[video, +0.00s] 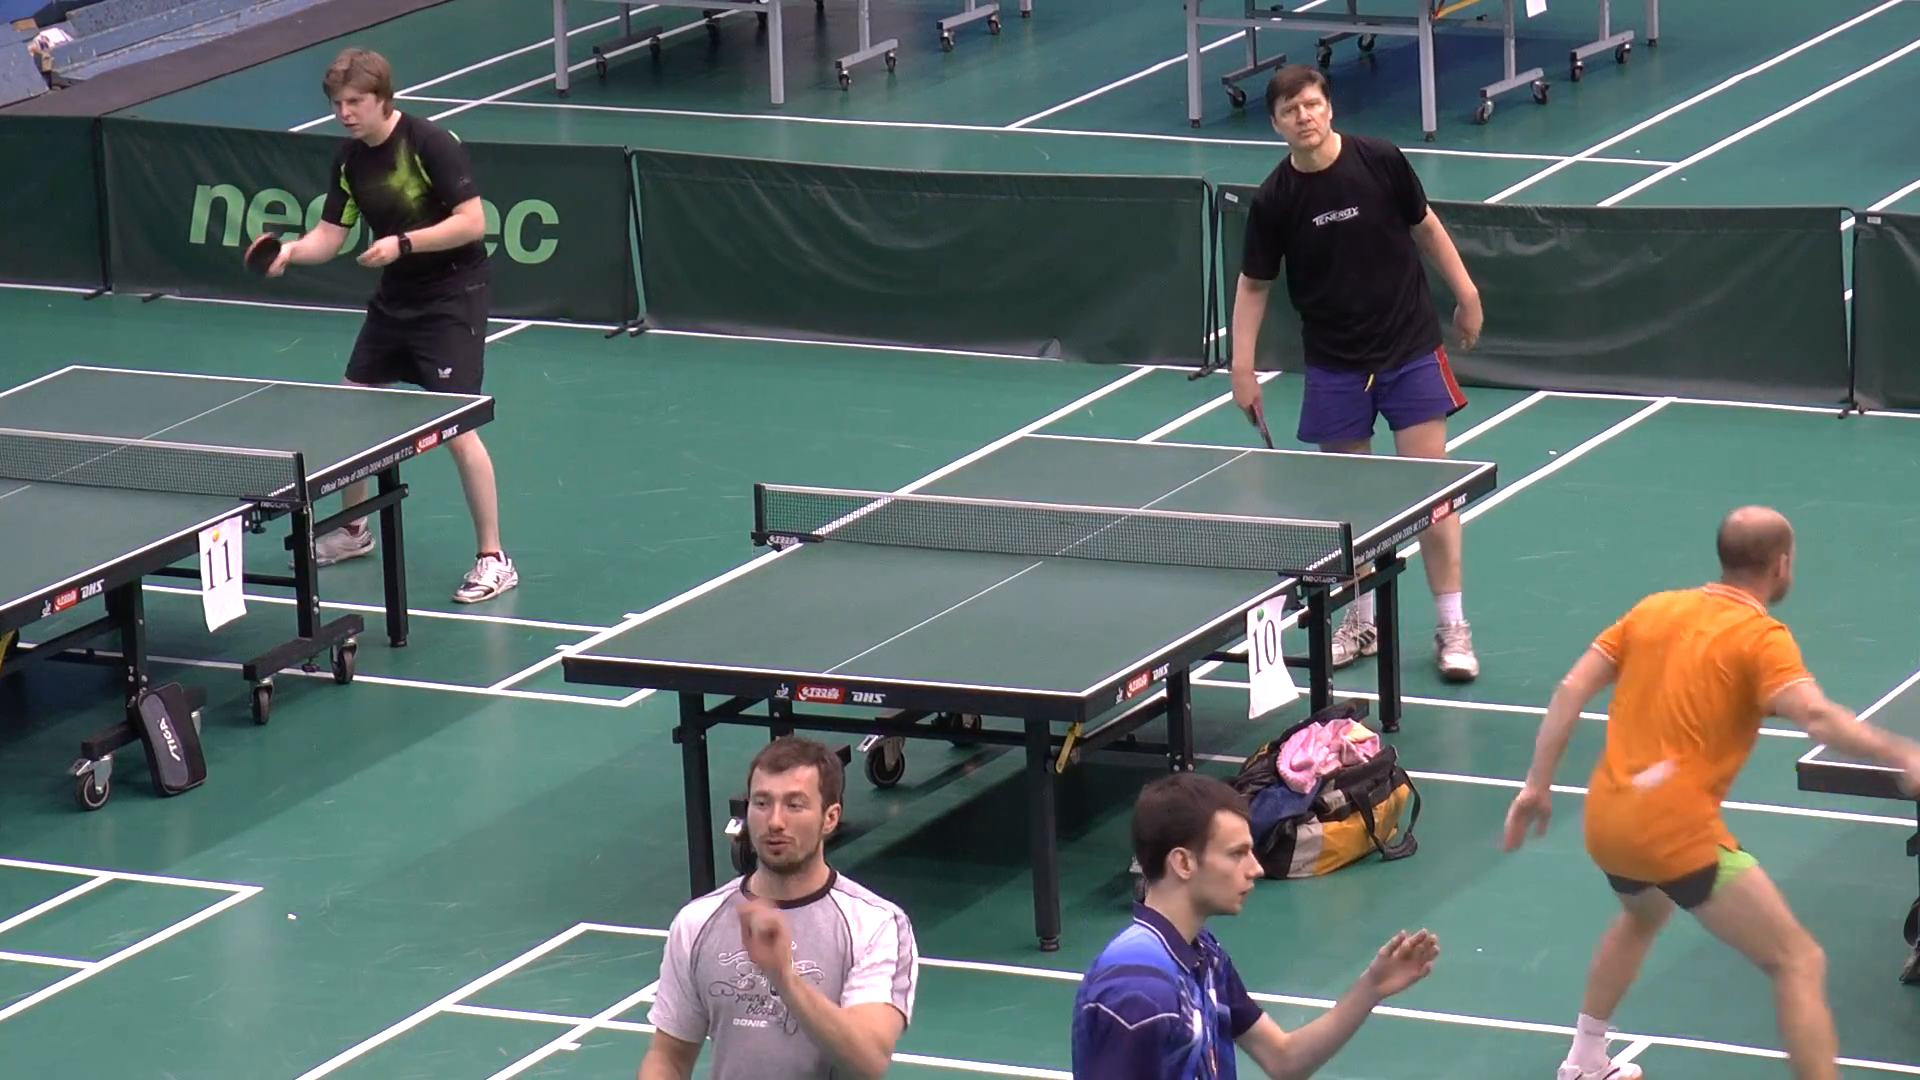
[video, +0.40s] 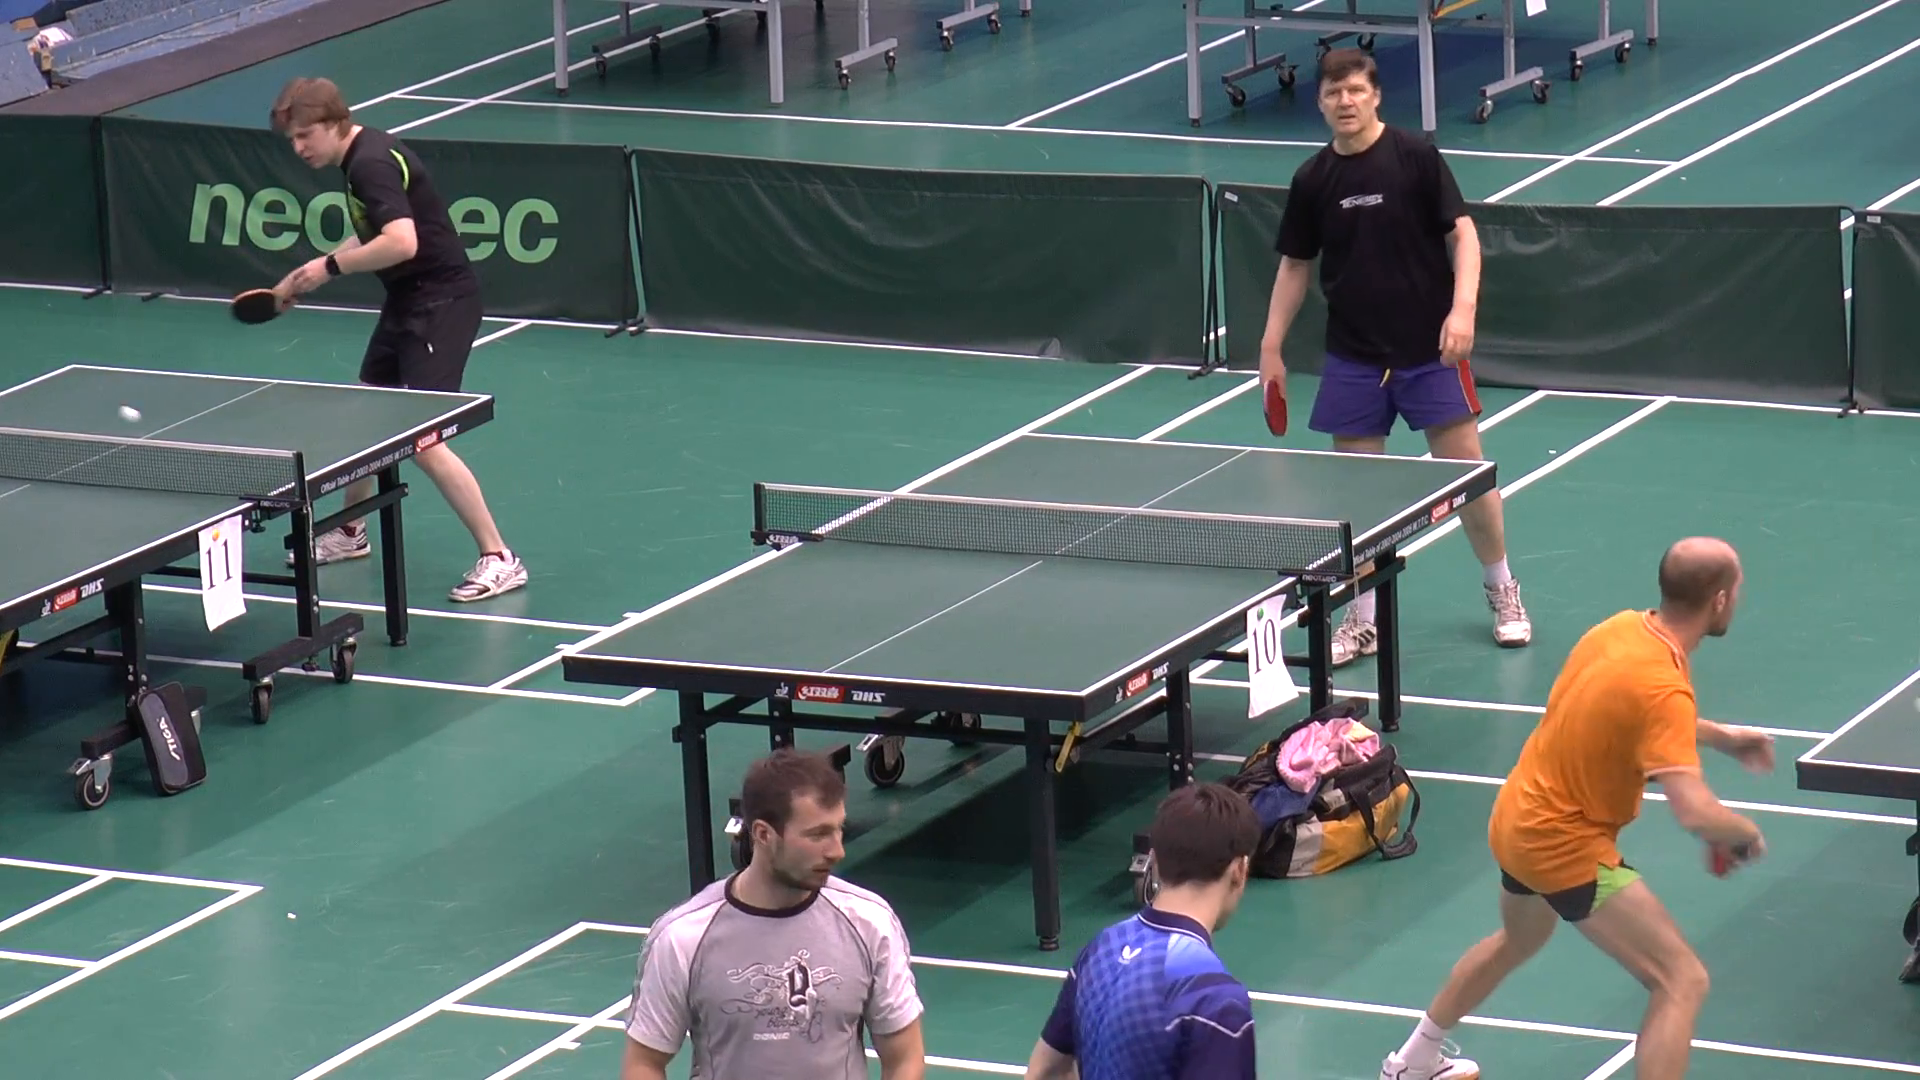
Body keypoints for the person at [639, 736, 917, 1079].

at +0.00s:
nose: (775, 821)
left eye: (794, 805)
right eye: (762, 803)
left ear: (830, 818)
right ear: (747, 813)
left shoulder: (879, 926)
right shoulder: (696, 924)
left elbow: (870, 1059)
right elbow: (670, 1057)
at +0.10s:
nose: (775, 828)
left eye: (794, 810)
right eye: (762, 809)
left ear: (828, 820)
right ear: (745, 815)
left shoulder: (877, 928)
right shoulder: (691, 926)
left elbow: (894, 1063)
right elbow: (665, 1058)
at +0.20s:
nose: (793, 837)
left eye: (808, 816)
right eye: (775, 817)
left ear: (827, 818)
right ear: (744, 818)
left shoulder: (876, 928)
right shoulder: (686, 929)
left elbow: (905, 1061)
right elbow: (658, 1056)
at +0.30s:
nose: (820, 843)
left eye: (828, 823)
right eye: (800, 826)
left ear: (836, 819)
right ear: (752, 827)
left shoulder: (875, 927)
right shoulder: (681, 934)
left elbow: (906, 1063)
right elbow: (651, 1059)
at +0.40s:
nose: (838, 851)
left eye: (839, 831)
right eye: (819, 834)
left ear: (843, 822)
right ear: (764, 835)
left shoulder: (871, 922)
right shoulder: (681, 939)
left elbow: (904, 1058)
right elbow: (644, 1062)